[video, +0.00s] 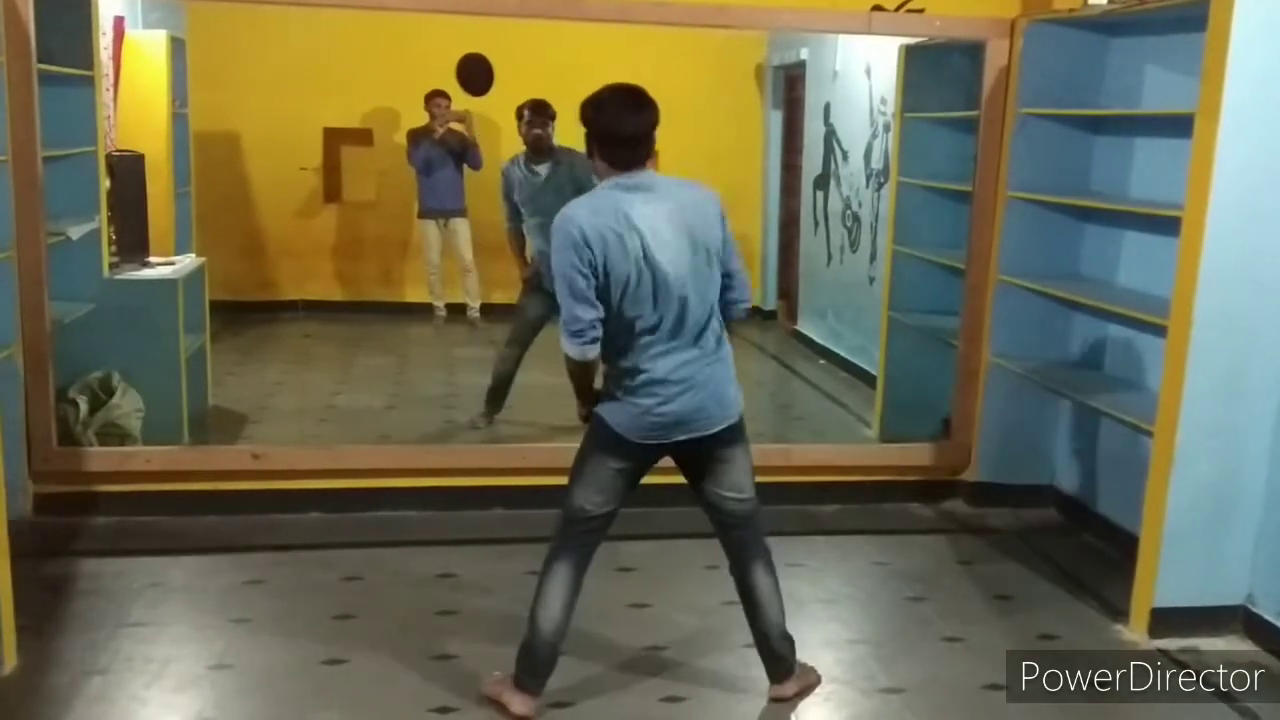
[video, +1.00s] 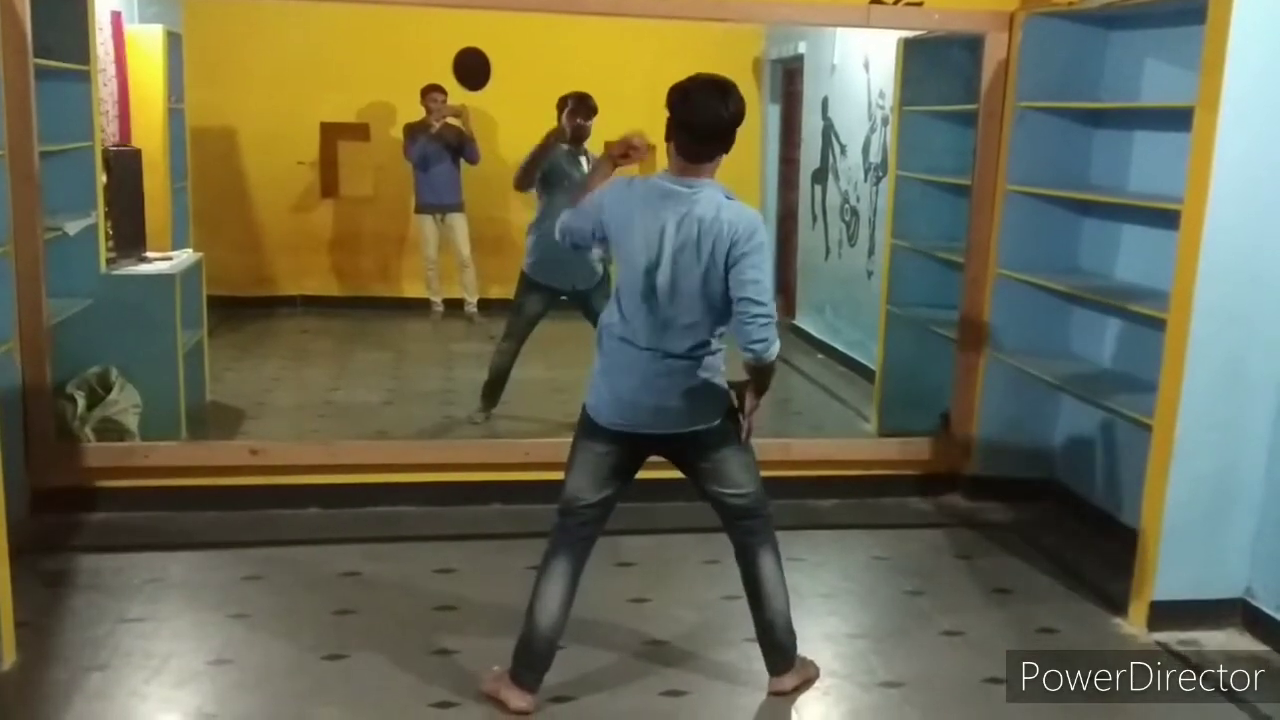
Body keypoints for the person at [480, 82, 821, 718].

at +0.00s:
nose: (585, 147)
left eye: (585, 139)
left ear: (592, 146)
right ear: (653, 140)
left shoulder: (577, 221)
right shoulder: (701, 201)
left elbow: (581, 341)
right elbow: (735, 304)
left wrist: (585, 398)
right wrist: (687, 339)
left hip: (632, 409)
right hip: (714, 403)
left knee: (573, 546)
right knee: (747, 542)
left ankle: (525, 688)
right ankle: (784, 673)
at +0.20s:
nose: (613, 144)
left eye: (615, 136)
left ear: (617, 146)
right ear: (681, 146)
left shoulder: (587, 221)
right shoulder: (721, 218)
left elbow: (574, 326)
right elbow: (777, 315)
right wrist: (784, 383)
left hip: (624, 414)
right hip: (710, 413)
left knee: (571, 542)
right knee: (754, 538)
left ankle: (523, 688)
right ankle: (785, 675)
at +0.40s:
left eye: (641, 122)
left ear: (639, 130)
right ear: (704, 133)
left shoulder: (602, 201)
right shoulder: (735, 212)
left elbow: (518, 238)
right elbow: (774, 317)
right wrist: (775, 374)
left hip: (618, 409)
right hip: (701, 411)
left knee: (571, 545)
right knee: (753, 539)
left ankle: (523, 688)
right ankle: (784, 674)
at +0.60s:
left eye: (674, 125)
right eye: (726, 130)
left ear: (662, 132)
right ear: (727, 139)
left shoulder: (612, 197)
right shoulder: (741, 225)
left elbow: (534, 213)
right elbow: (760, 341)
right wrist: (759, 387)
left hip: (616, 407)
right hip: (696, 411)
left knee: (569, 541)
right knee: (752, 532)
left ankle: (523, 686)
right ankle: (784, 671)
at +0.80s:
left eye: (677, 130)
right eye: (733, 141)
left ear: (675, 136)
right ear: (737, 150)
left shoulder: (617, 200)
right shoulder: (745, 227)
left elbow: (548, 264)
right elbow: (760, 344)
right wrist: (744, 398)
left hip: (614, 405)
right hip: (697, 410)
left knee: (567, 535)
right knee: (754, 527)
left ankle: (521, 684)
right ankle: (784, 668)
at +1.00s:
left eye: (674, 126)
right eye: (727, 131)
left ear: (668, 132)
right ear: (732, 140)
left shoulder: (623, 197)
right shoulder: (741, 225)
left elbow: (565, 235)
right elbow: (756, 338)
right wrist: (757, 386)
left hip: (615, 401)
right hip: (695, 407)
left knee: (571, 536)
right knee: (752, 528)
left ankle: (521, 683)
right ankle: (783, 667)